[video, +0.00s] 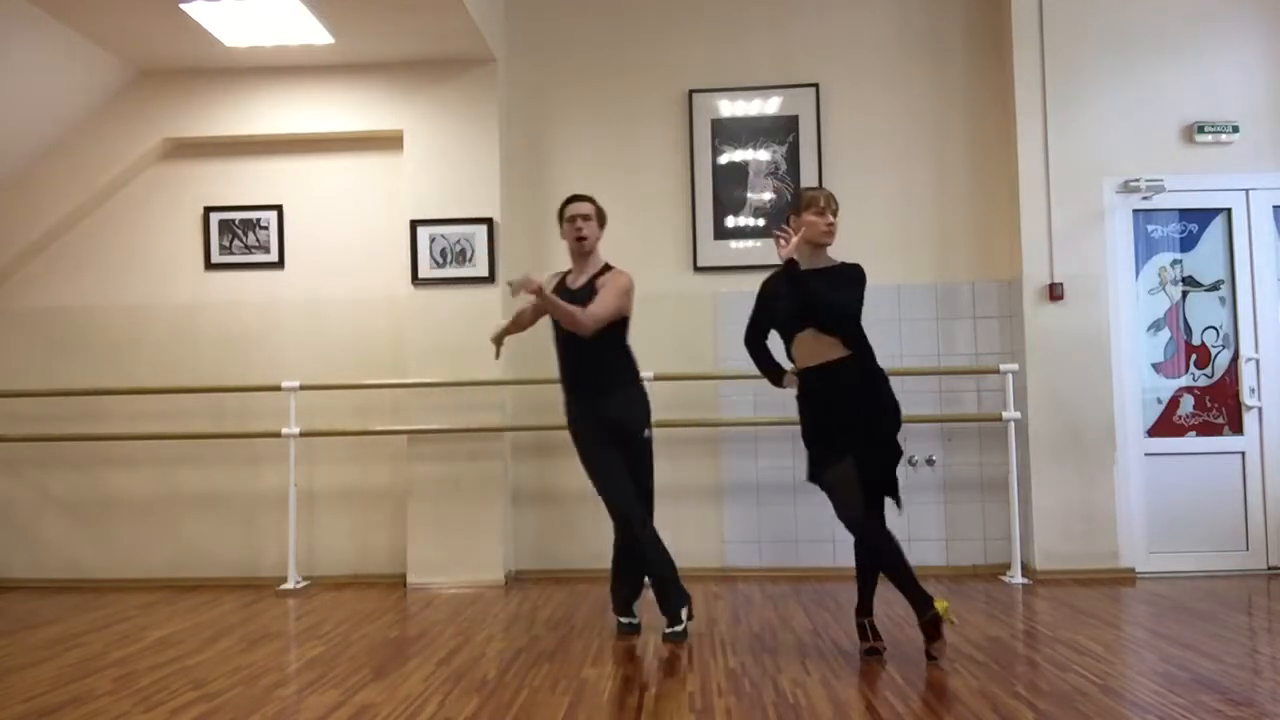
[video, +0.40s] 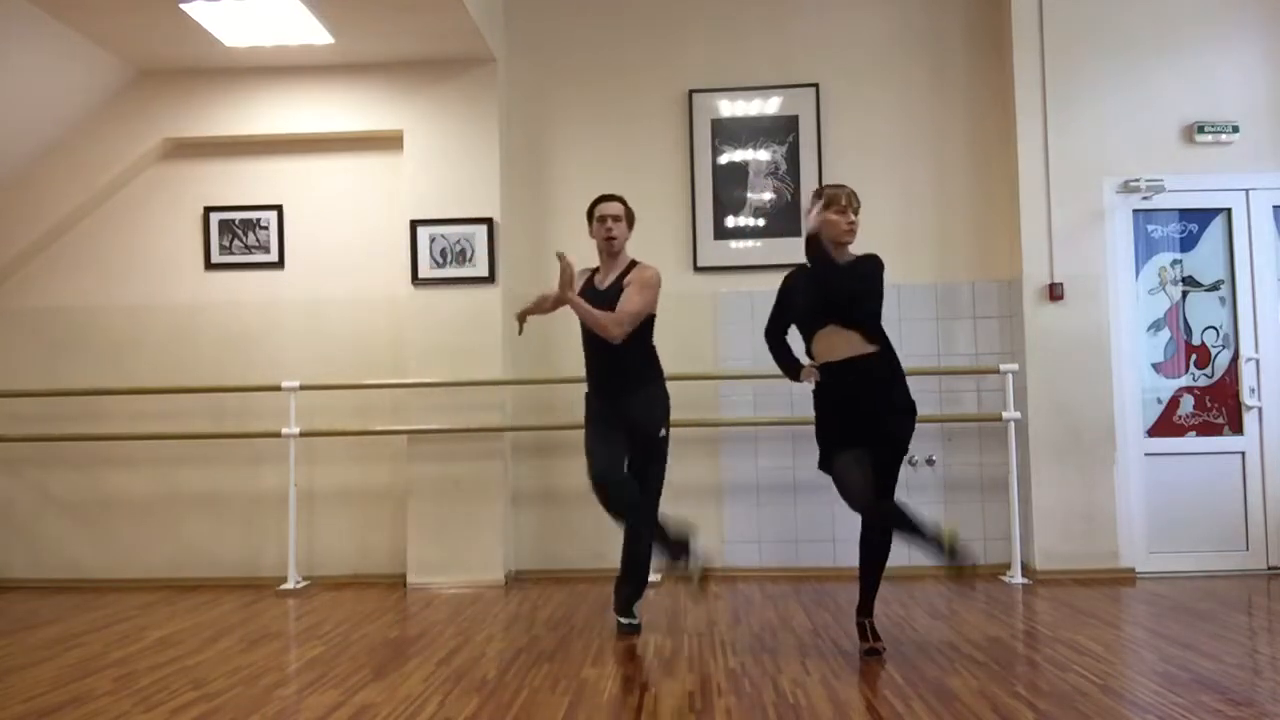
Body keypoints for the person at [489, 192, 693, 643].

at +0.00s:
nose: (579, 227)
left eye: (586, 220)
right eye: (571, 221)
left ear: (601, 229)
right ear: (561, 231)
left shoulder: (618, 281)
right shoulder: (556, 285)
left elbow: (585, 323)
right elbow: (527, 319)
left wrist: (542, 295)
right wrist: (503, 332)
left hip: (627, 407)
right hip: (584, 414)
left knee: (633, 510)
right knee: (627, 511)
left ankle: (624, 603)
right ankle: (677, 604)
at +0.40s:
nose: (609, 227)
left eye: (616, 220)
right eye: (602, 221)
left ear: (630, 228)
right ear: (591, 230)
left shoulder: (645, 277)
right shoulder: (582, 279)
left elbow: (616, 329)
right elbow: (554, 301)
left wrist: (570, 297)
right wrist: (525, 311)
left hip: (646, 403)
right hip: (602, 404)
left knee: (641, 506)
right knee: (606, 484)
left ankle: (627, 604)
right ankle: (672, 542)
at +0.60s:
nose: (618, 229)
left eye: (625, 223)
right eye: (610, 223)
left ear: (638, 231)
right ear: (599, 232)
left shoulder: (650, 283)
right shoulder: (591, 282)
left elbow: (660, 350)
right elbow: (558, 297)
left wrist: (605, 330)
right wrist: (541, 300)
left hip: (648, 410)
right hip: (602, 407)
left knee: (638, 512)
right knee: (591, 489)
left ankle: (626, 606)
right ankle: (666, 523)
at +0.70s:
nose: (618, 230)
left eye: (625, 223)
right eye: (611, 224)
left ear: (640, 231)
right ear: (602, 232)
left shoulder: (657, 283)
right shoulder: (593, 283)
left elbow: (686, 344)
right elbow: (544, 302)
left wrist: (632, 344)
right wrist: (504, 313)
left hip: (647, 410)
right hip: (602, 406)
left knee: (642, 509)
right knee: (574, 491)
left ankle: (629, 603)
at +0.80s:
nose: (612, 230)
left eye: (619, 223)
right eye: (607, 224)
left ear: (640, 228)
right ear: (602, 232)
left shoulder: (663, 280)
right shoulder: (594, 283)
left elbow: (697, 329)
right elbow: (538, 302)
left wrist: (655, 345)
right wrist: (488, 319)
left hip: (645, 408)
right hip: (601, 404)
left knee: (641, 509)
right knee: (567, 489)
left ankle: (629, 604)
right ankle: (538, 588)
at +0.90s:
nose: (601, 231)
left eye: (609, 223)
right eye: (600, 224)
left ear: (635, 228)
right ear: (605, 230)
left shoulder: (666, 270)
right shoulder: (597, 284)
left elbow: (706, 309)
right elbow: (537, 309)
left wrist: (673, 336)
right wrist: (476, 322)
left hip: (644, 398)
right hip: (599, 391)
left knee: (636, 506)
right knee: (543, 461)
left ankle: (627, 606)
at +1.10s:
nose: (600, 230)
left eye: (608, 223)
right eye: (599, 224)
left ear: (634, 227)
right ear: (609, 230)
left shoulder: (668, 268)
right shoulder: (598, 286)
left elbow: (704, 304)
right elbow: (562, 327)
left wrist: (678, 333)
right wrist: (519, 332)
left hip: (646, 400)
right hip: (599, 392)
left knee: (637, 506)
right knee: (533, 457)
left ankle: (627, 604)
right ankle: (451, 521)